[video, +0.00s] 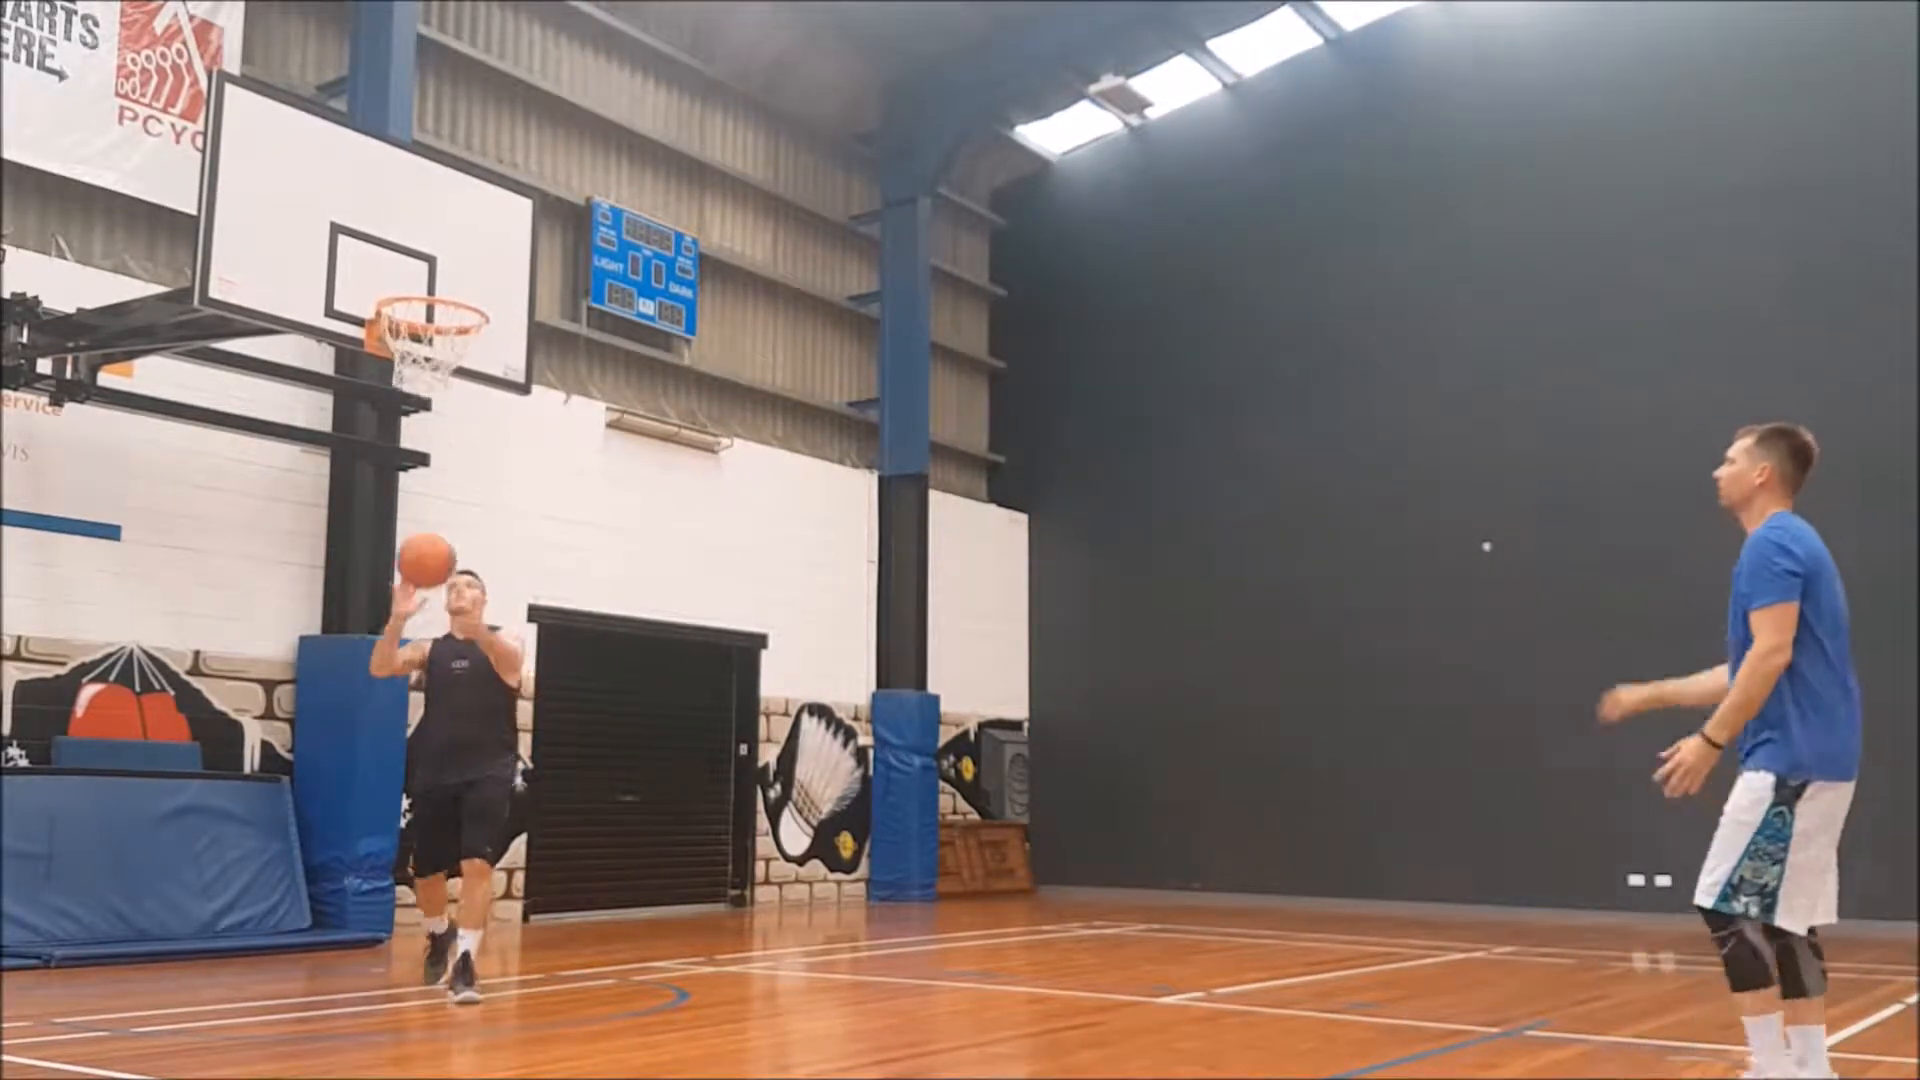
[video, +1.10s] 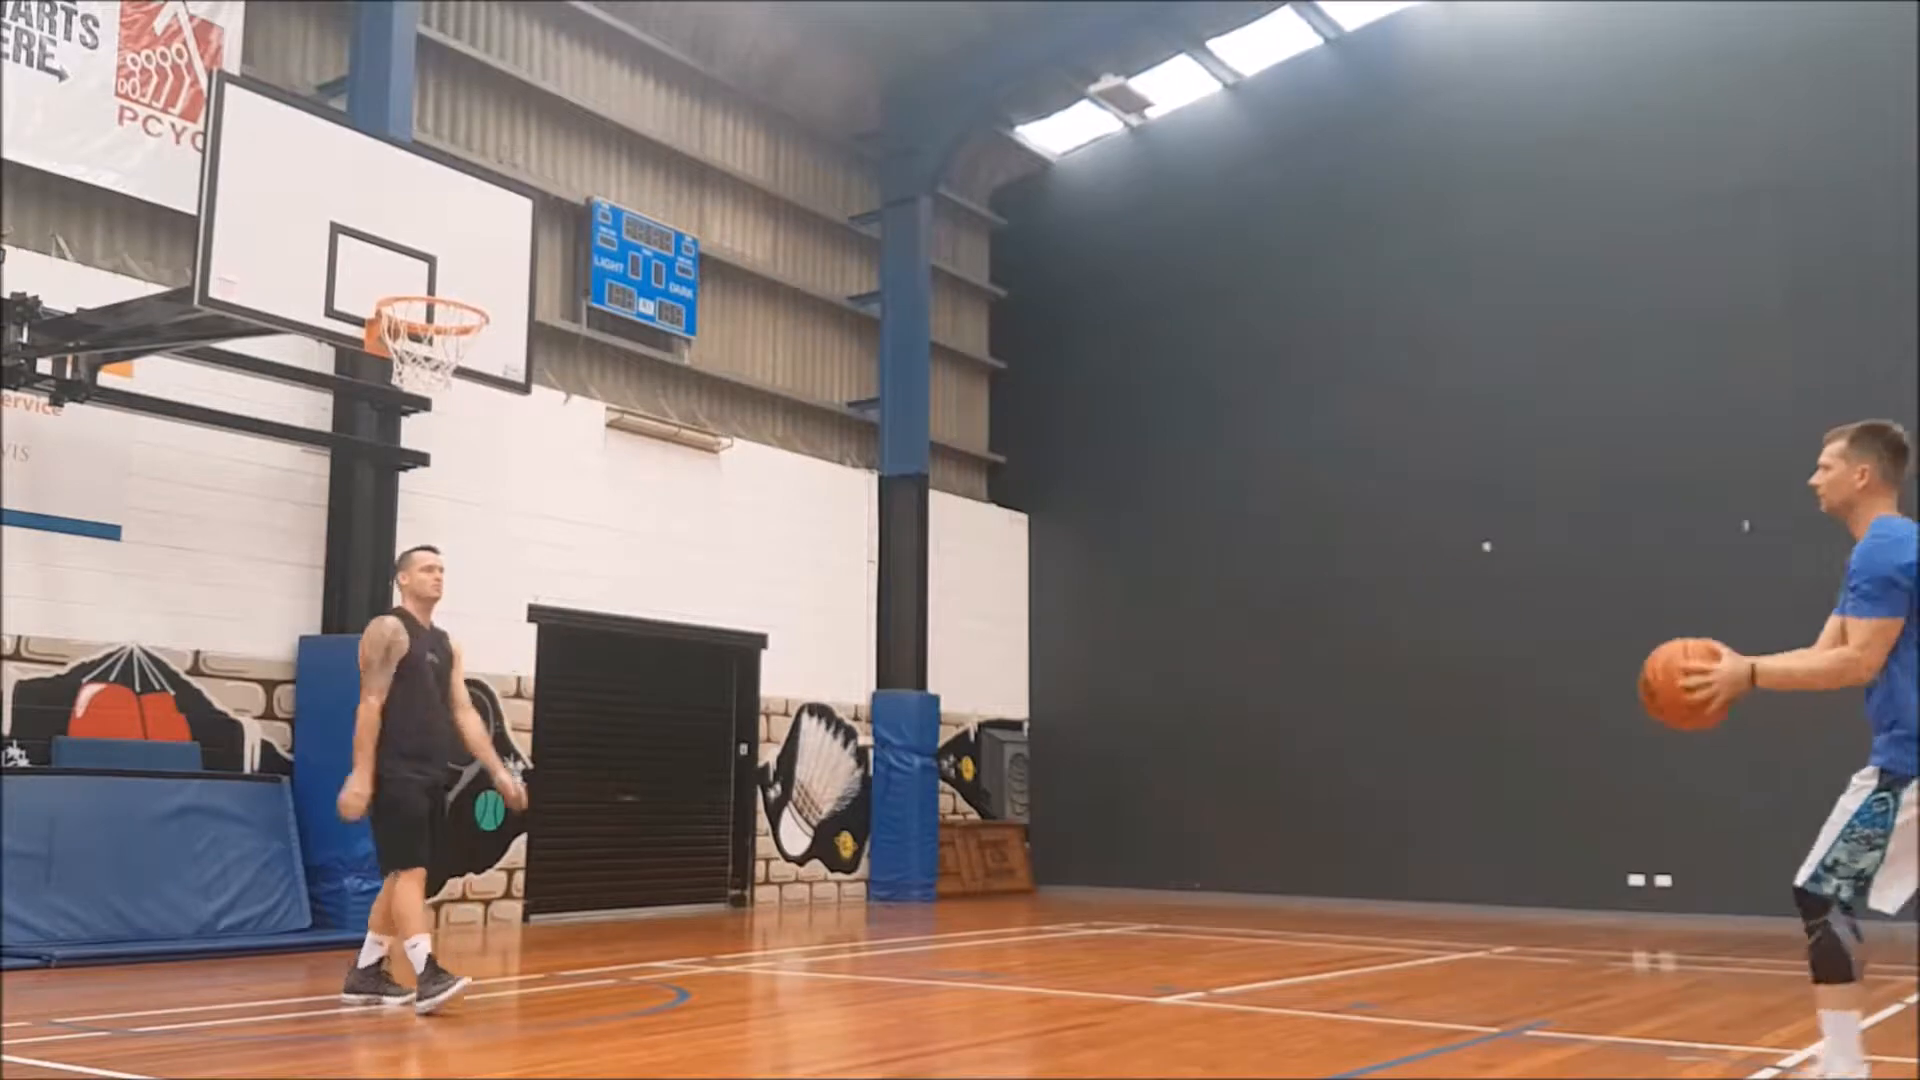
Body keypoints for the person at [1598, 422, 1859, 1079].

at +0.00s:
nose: (1717, 472)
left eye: (1728, 461)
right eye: (1722, 461)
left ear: (1762, 474)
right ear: (1767, 478)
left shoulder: (1771, 544)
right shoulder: (1792, 543)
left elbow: (1773, 654)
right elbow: (1744, 670)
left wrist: (1710, 741)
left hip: (1792, 759)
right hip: (1818, 759)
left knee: (1725, 904)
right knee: (1788, 918)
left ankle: (1772, 1066)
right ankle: (1810, 1065)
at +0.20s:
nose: (1759, 473)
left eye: (1770, 462)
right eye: (1764, 462)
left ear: (1804, 471)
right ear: (1815, 475)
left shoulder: (1807, 539)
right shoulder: (1844, 542)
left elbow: (1808, 648)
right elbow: (1858, 670)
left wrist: (1735, 726)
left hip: (1829, 766)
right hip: (1851, 763)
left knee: (1812, 920)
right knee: (1817, 918)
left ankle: (1813, 1067)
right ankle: (1809, 1062)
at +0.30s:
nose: (1784, 476)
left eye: (1794, 464)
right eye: (1788, 464)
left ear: (1829, 473)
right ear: (1840, 476)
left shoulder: (1827, 543)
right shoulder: (1882, 551)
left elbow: (1832, 651)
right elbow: (1899, 660)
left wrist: (1757, 728)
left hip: (1848, 773)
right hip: (1889, 768)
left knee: (1818, 919)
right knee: (1815, 916)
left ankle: (1813, 1064)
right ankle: (1813, 1061)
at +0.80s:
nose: (1860, 472)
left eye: (1871, 459)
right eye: (1863, 460)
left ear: (1906, 468)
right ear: (1904, 469)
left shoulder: (1902, 542)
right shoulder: (1906, 542)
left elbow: (1868, 654)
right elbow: (1906, 678)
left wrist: (1769, 664)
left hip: (1918, 773)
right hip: (1915, 771)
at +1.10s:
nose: (1814, 479)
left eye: (1825, 466)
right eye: (1817, 467)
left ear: (1863, 474)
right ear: (1865, 477)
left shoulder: (1889, 545)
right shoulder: (1875, 548)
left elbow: (1861, 661)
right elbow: (1826, 653)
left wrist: (1751, 671)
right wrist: (1737, 670)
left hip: (1905, 762)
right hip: (1903, 760)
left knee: (1823, 897)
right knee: (1829, 896)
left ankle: (1843, 1064)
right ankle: (1841, 1060)